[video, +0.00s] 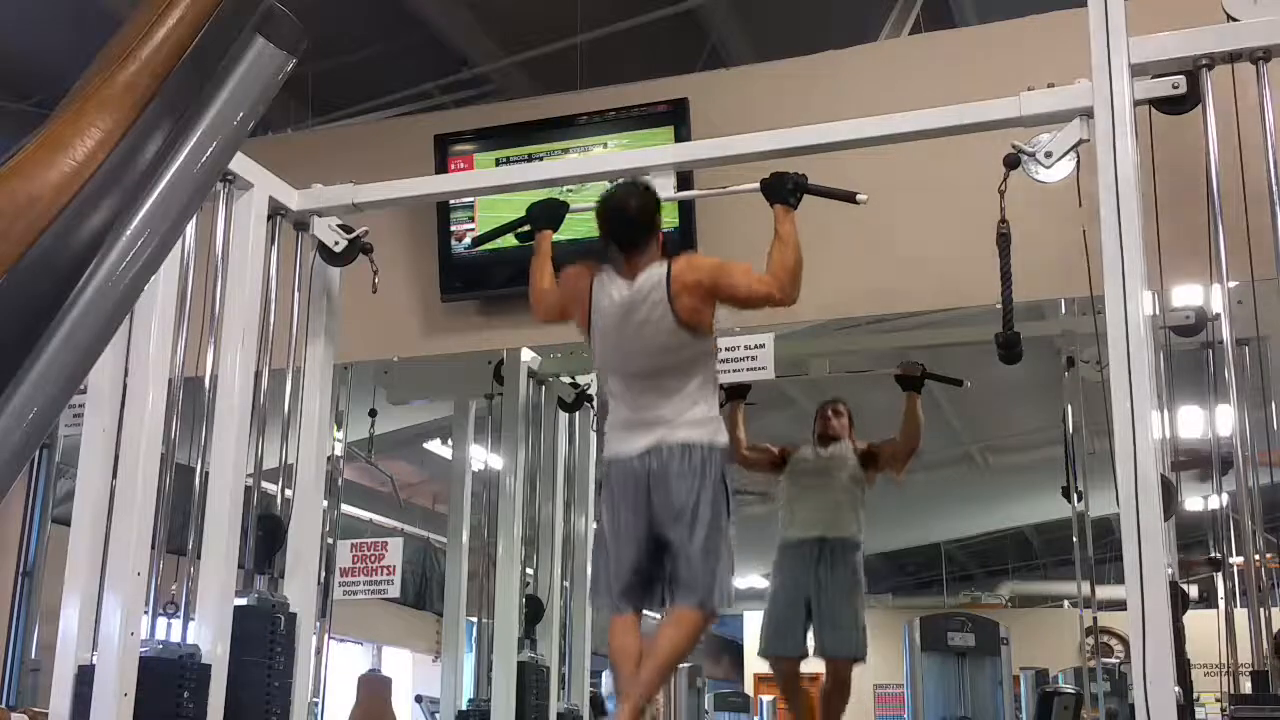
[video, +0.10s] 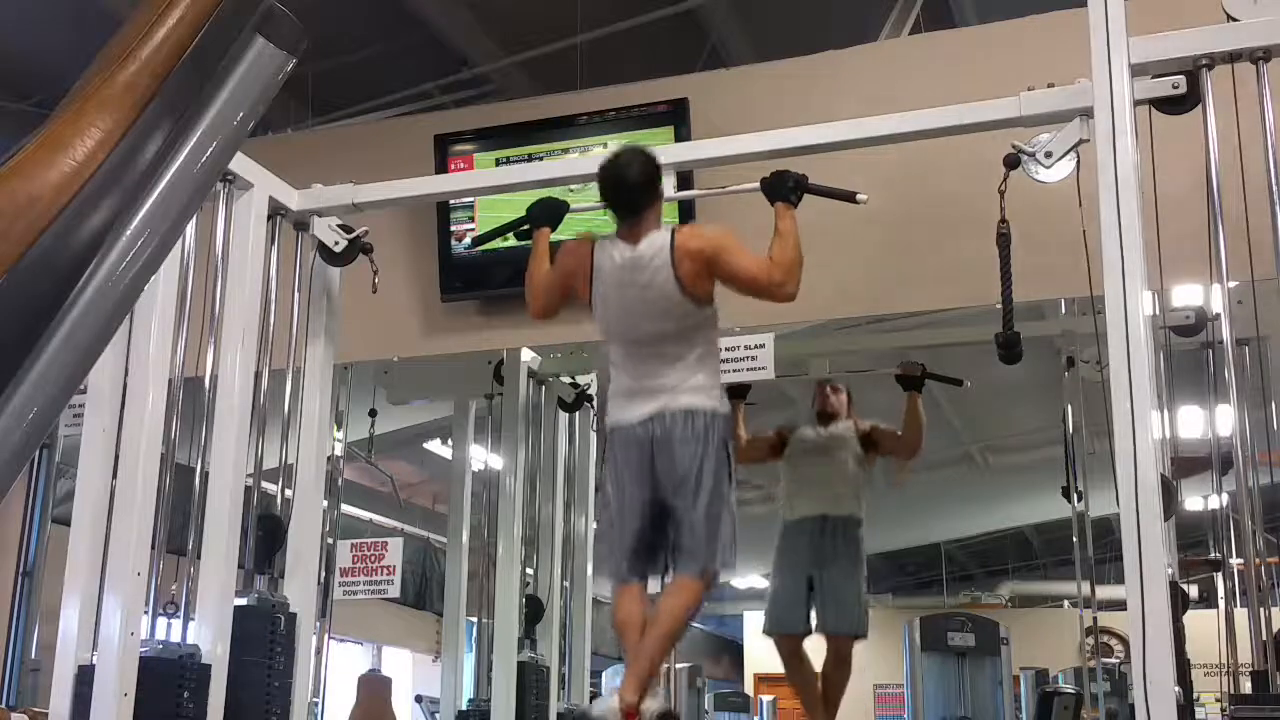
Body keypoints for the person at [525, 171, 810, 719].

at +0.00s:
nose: (659, 224)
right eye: (657, 218)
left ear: (605, 235)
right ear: (660, 226)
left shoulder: (588, 285)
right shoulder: (693, 273)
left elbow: (543, 302)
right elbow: (781, 288)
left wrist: (542, 238)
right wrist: (785, 210)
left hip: (622, 458)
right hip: (691, 452)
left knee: (622, 601)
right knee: (696, 596)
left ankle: (630, 715)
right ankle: (631, 708)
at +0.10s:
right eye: (656, 182)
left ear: (607, 202)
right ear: (660, 193)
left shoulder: (584, 257)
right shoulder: (697, 244)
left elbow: (540, 305)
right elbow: (781, 282)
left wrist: (540, 234)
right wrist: (784, 208)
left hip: (626, 427)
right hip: (692, 422)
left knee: (628, 571)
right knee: (696, 565)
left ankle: (642, 698)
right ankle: (628, 695)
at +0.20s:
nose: (664, 157)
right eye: (662, 151)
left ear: (609, 177)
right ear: (663, 166)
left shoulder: (586, 231)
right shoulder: (698, 222)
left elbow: (541, 300)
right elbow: (775, 278)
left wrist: (539, 230)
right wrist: (785, 208)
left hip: (630, 401)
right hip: (695, 395)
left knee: (635, 546)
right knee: (699, 541)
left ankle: (656, 681)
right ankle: (638, 676)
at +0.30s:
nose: (669, 155)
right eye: (667, 149)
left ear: (612, 175)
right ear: (665, 163)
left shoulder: (588, 228)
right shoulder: (700, 217)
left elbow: (544, 300)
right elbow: (775, 277)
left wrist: (540, 232)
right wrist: (785, 205)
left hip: (630, 395)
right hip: (695, 389)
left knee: (640, 544)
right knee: (701, 537)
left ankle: (660, 682)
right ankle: (642, 674)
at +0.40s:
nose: (665, 180)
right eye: (664, 173)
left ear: (611, 195)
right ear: (664, 186)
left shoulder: (587, 250)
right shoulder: (698, 240)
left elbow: (539, 305)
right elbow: (782, 279)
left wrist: (540, 235)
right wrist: (785, 206)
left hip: (627, 419)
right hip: (693, 413)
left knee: (642, 571)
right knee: (706, 563)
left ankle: (660, 701)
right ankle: (648, 695)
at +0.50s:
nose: (662, 217)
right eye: (660, 211)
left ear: (609, 230)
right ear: (661, 221)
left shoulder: (588, 284)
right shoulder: (696, 269)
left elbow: (540, 301)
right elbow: (785, 284)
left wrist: (542, 236)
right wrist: (786, 208)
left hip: (626, 464)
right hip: (693, 456)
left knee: (637, 607)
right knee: (708, 599)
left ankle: (656, 718)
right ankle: (653, 715)